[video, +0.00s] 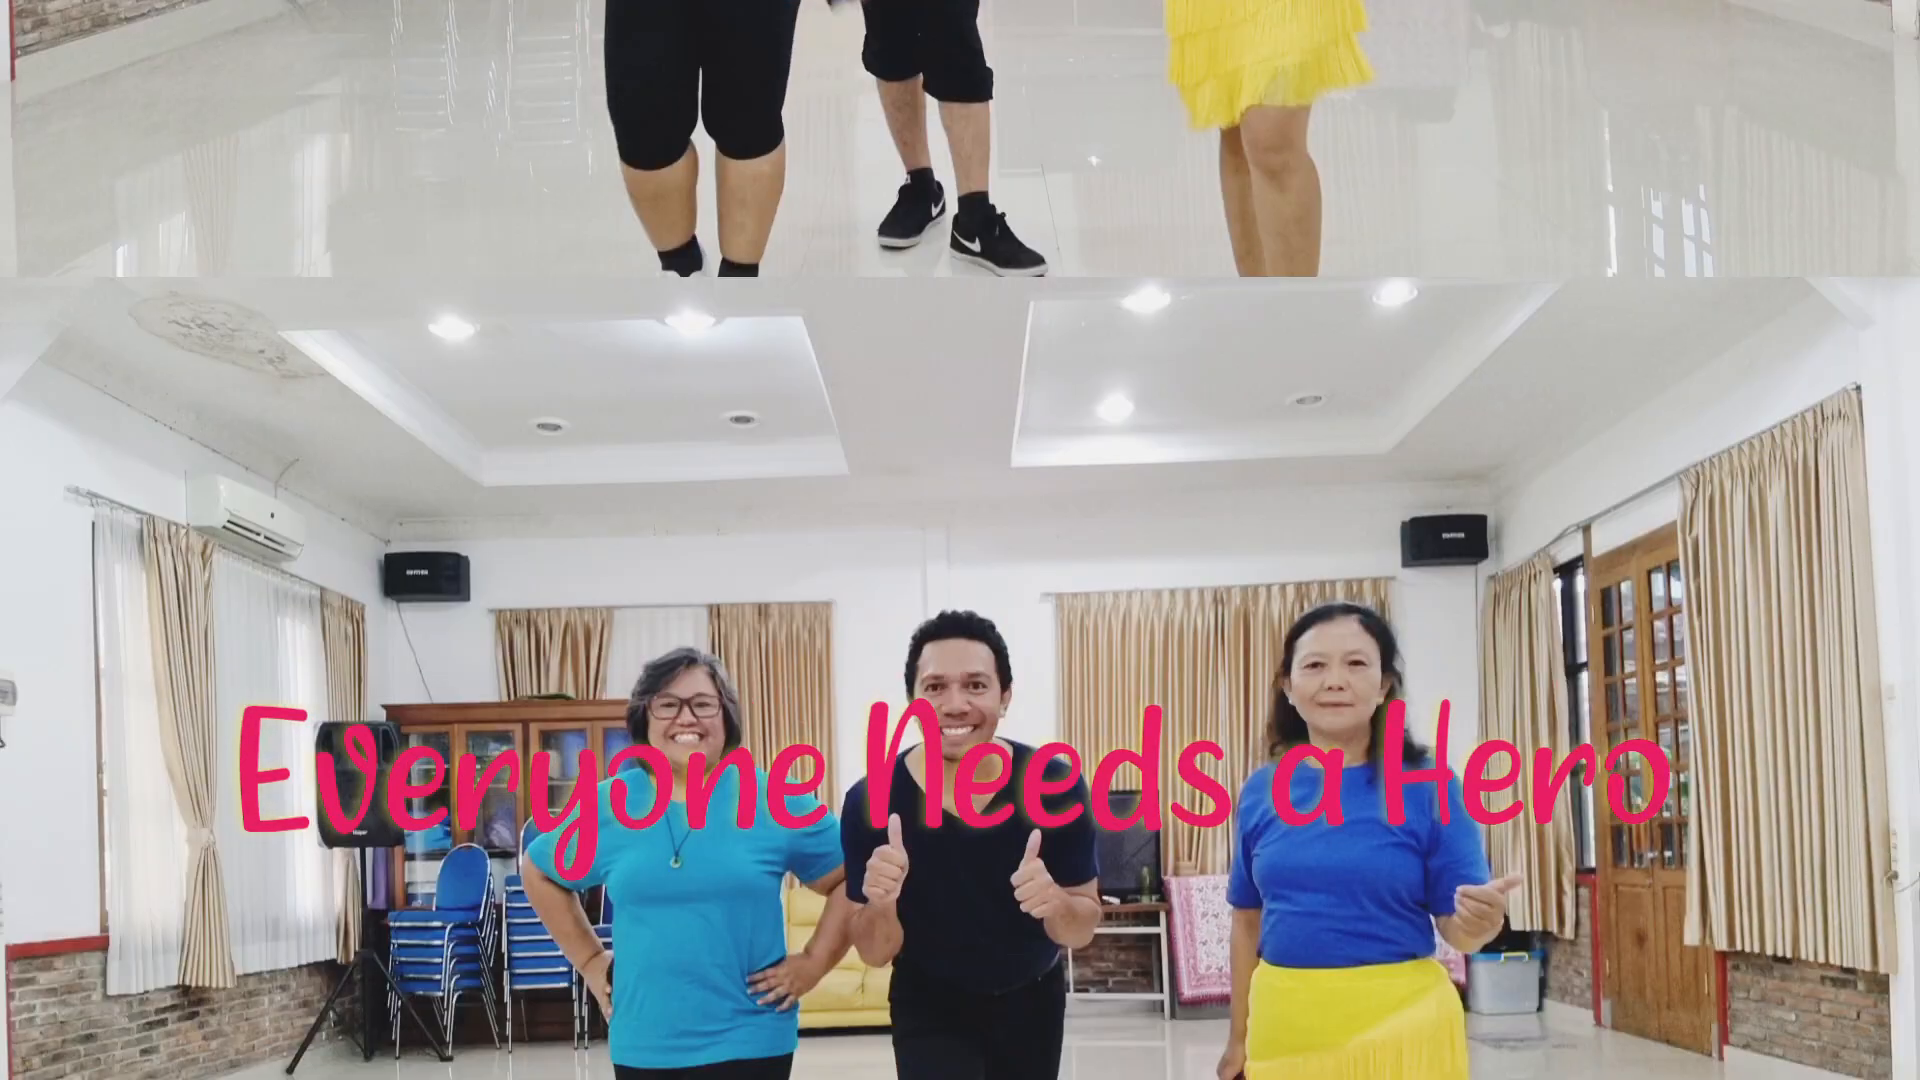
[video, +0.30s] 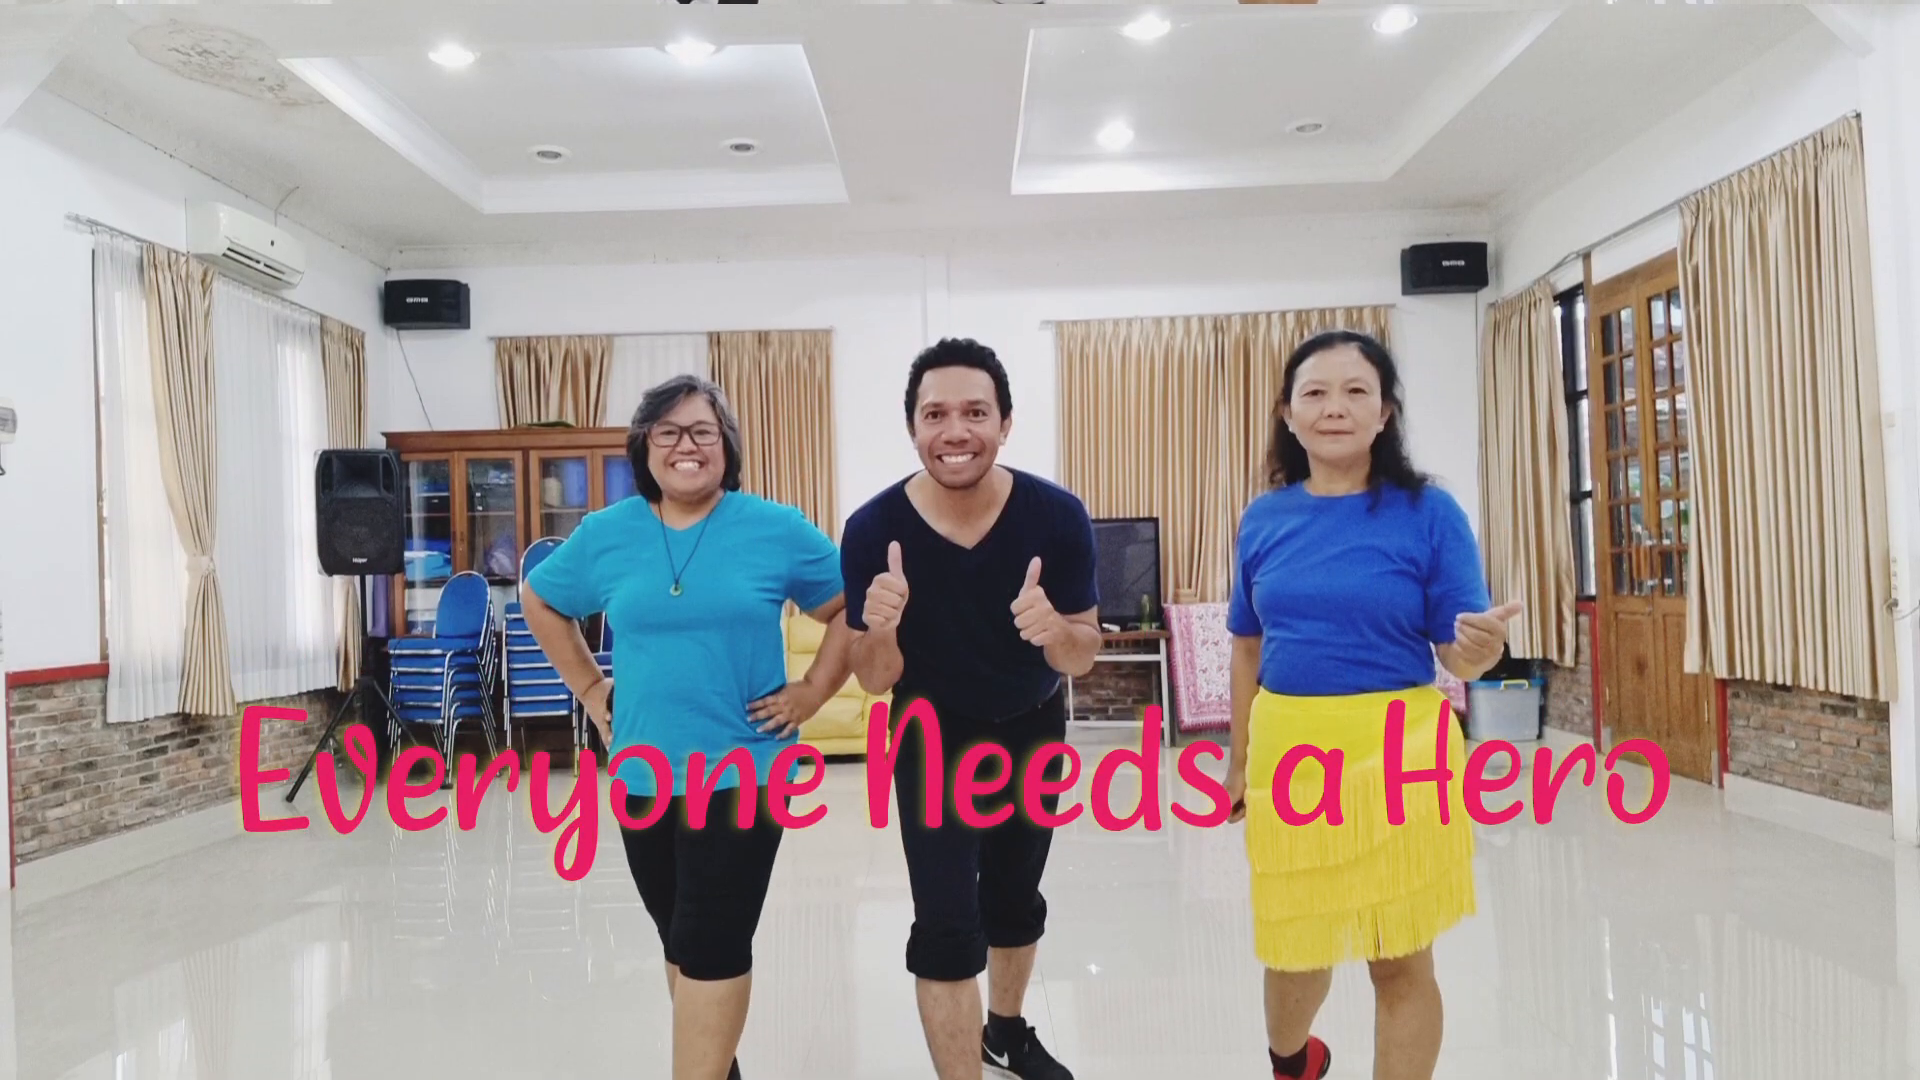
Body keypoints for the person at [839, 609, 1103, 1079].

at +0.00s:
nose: (955, 705)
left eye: (976, 685)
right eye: (935, 687)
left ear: (1005, 697)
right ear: (913, 700)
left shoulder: (1049, 782)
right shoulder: (873, 800)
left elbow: (1081, 931)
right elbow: (875, 953)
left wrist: (1055, 903)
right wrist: (880, 904)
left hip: (1028, 1000)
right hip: (929, 1002)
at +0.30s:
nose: (955, 431)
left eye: (974, 413)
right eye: (936, 414)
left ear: (1004, 425)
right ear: (913, 428)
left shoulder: (1058, 518)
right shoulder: (872, 531)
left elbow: (1081, 658)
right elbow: (874, 677)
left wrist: (1054, 630)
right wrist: (879, 631)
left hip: (1030, 729)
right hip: (929, 733)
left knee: (1015, 901)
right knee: (948, 927)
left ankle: (1006, 1030)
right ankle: (959, 1077)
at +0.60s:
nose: (956, 427)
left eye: (975, 408)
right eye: (936, 410)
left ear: (1004, 420)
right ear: (913, 424)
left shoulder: (1059, 514)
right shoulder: (873, 526)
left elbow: (1081, 654)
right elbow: (875, 673)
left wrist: (1053, 626)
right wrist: (880, 627)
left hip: (1030, 722)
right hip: (930, 725)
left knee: (1016, 894)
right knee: (949, 920)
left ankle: (1006, 1026)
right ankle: (959, 1076)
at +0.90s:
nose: (956, 427)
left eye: (975, 408)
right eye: (936, 410)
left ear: (1004, 420)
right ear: (913, 424)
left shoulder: (1059, 514)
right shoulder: (873, 526)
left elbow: (1081, 654)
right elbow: (875, 673)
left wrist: (1054, 626)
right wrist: (880, 627)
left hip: (1030, 722)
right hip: (930, 725)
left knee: (1016, 894)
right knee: (949, 920)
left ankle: (1006, 1026)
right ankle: (959, 1076)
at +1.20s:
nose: (956, 427)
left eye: (975, 408)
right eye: (936, 410)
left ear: (1004, 420)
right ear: (913, 424)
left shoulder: (1059, 514)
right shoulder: (873, 526)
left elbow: (1080, 654)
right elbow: (875, 673)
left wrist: (1054, 625)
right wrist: (880, 626)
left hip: (1030, 722)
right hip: (929, 726)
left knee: (1016, 895)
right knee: (948, 919)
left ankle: (1006, 1026)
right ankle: (959, 1076)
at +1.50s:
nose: (956, 426)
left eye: (975, 408)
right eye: (936, 410)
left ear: (1004, 420)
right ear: (913, 424)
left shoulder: (1059, 514)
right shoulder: (872, 526)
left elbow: (1080, 654)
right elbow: (875, 673)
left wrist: (1053, 626)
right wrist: (879, 626)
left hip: (1030, 722)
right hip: (929, 726)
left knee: (1016, 894)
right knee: (948, 919)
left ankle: (1005, 1026)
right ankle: (959, 1076)